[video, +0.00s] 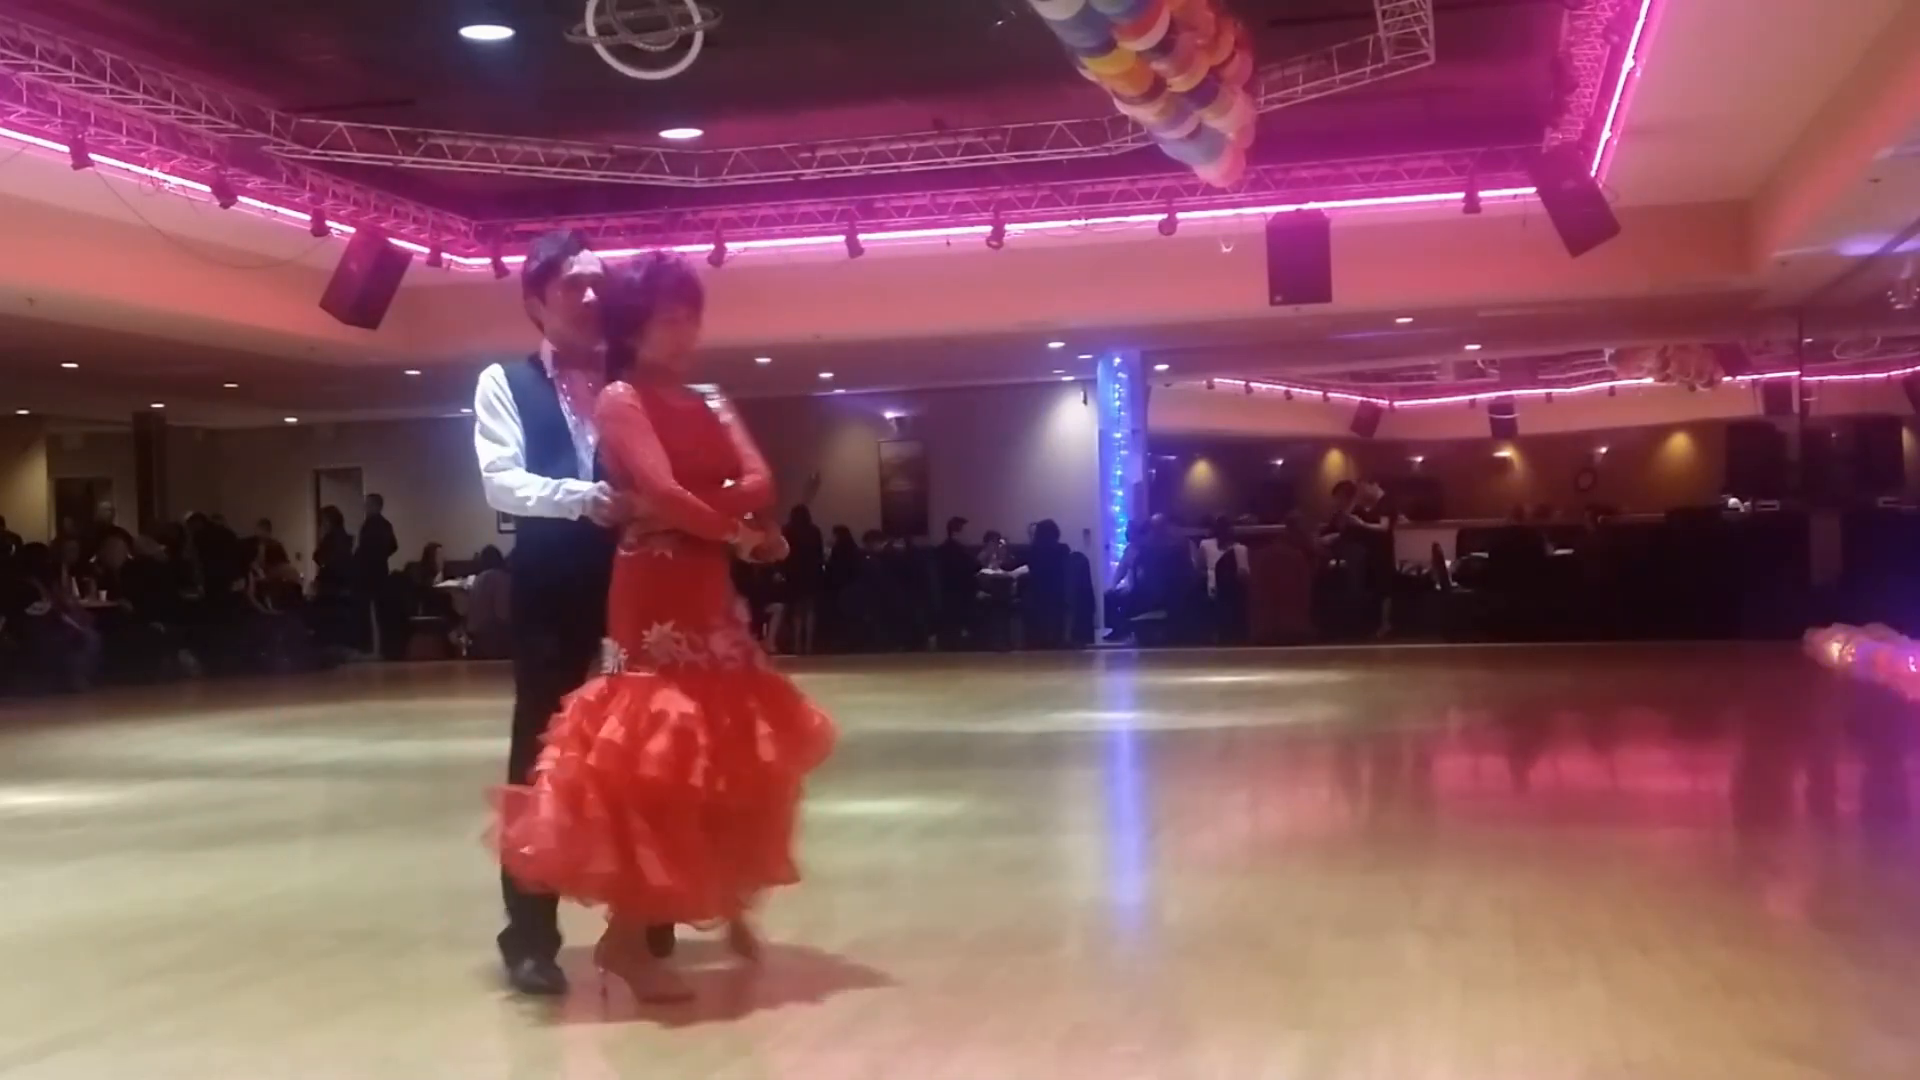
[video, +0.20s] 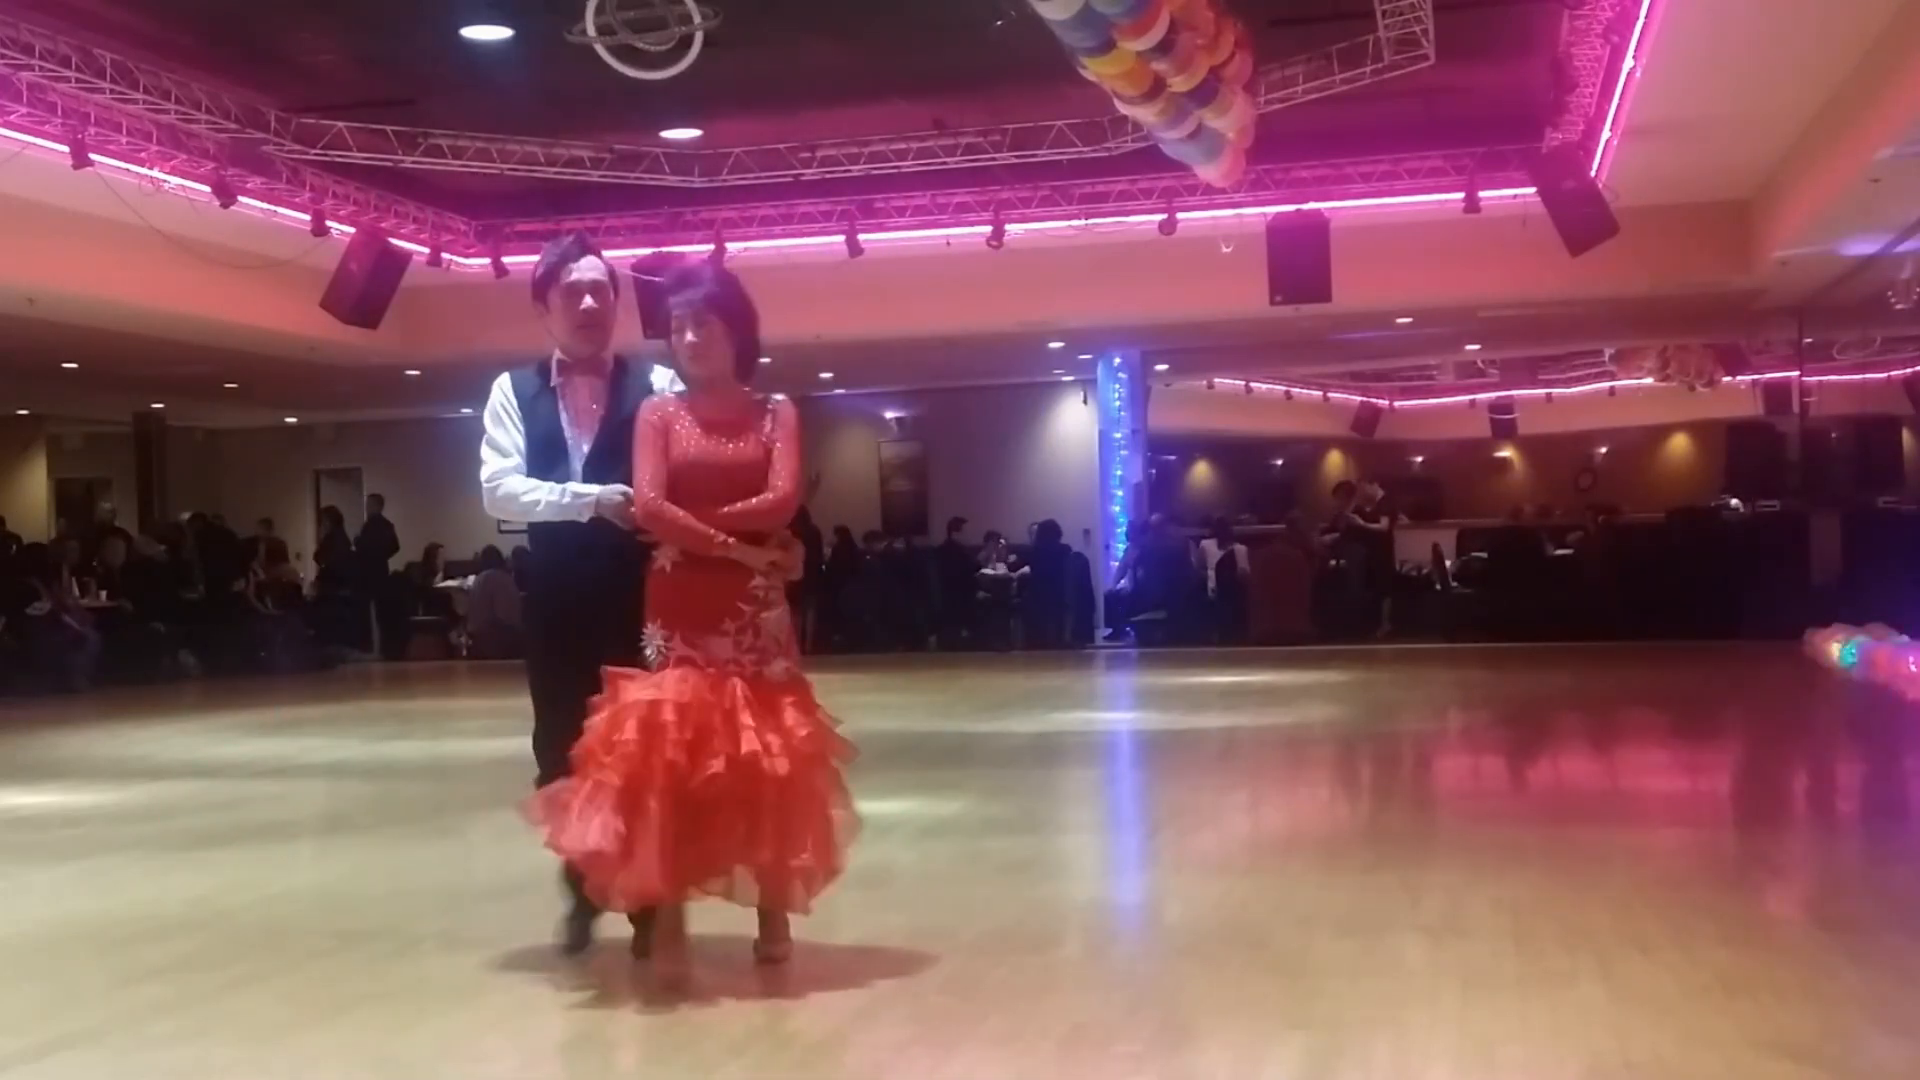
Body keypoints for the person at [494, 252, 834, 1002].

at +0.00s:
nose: (687, 331)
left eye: (692, 316)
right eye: (671, 318)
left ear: (699, 322)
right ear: (633, 326)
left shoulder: (711, 402)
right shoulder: (620, 403)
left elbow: (760, 483)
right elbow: (665, 496)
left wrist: (682, 509)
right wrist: (743, 531)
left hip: (711, 590)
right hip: (651, 594)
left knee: (728, 750)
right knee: (664, 761)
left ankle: (727, 896)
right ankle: (628, 935)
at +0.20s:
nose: (690, 338)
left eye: (704, 323)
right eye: (679, 326)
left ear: (739, 332)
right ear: (670, 338)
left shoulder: (776, 412)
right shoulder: (658, 413)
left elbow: (782, 502)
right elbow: (648, 508)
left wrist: (688, 523)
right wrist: (750, 553)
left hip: (756, 600)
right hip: (680, 600)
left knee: (766, 754)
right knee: (677, 755)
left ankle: (773, 909)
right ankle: (669, 917)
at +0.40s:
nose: (696, 329)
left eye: (710, 315)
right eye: (691, 317)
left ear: (749, 322)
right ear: (687, 329)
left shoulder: (787, 399)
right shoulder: (675, 399)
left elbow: (783, 483)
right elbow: (650, 487)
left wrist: (691, 505)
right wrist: (741, 531)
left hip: (765, 586)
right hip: (694, 590)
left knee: (769, 743)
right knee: (699, 744)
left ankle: (773, 900)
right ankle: (710, 896)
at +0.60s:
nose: (695, 327)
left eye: (709, 314)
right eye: (687, 317)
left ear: (745, 327)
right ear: (680, 334)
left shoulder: (781, 406)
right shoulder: (668, 405)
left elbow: (789, 489)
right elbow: (662, 494)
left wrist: (695, 511)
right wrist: (755, 541)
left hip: (763, 591)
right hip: (690, 592)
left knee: (761, 748)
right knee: (698, 750)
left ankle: (746, 911)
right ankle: (704, 906)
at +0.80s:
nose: (709, 337)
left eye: (719, 326)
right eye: (694, 327)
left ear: (736, 339)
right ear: (669, 340)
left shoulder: (754, 420)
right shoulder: (662, 409)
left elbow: (793, 498)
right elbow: (698, 492)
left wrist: (729, 513)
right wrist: (761, 536)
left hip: (744, 586)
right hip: (681, 587)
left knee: (758, 745)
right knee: (689, 746)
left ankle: (738, 909)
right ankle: (649, 888)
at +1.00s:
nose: (710, 331)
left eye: (706, 316)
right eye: (700, 318)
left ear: (638, 329)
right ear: (670, 324)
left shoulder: (646, 396)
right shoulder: (673, 394)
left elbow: (686, 484)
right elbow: (740, 484)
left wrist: (720, 522)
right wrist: (726, 530)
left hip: (666, 580)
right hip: (681, 583)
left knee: (711, 751)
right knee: (673, 761)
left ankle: (709, 909)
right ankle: (616, 929)